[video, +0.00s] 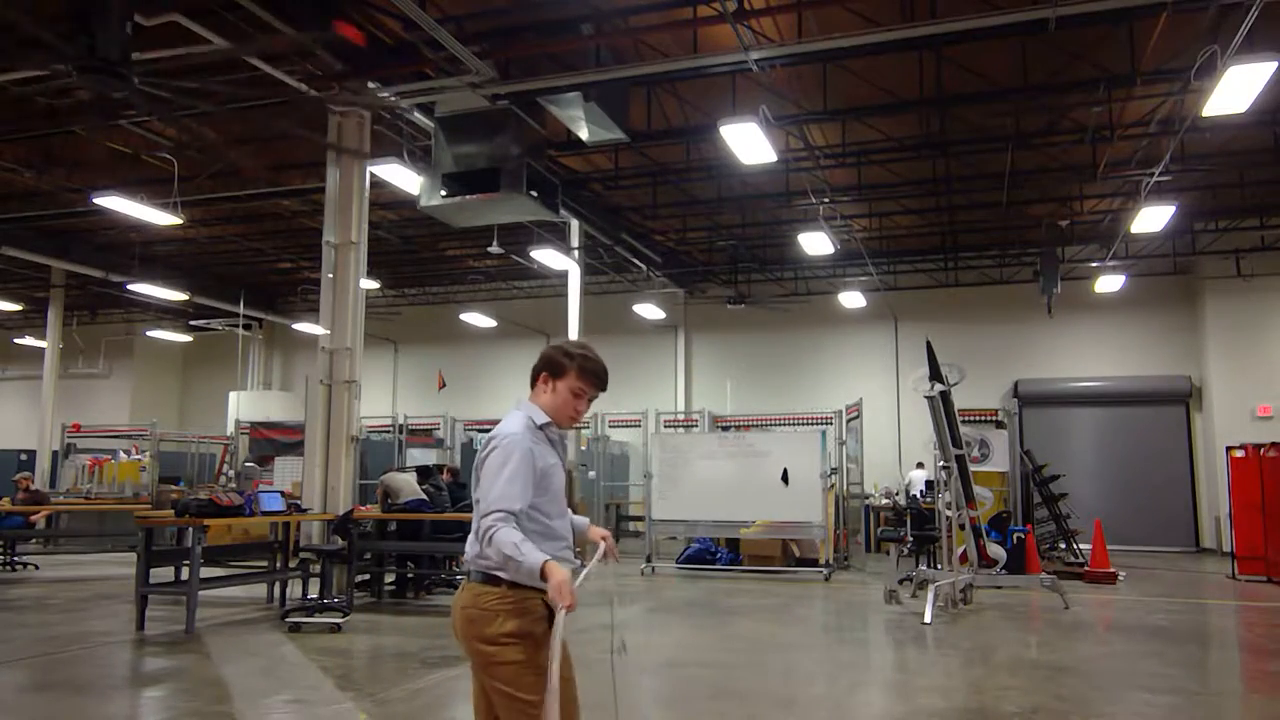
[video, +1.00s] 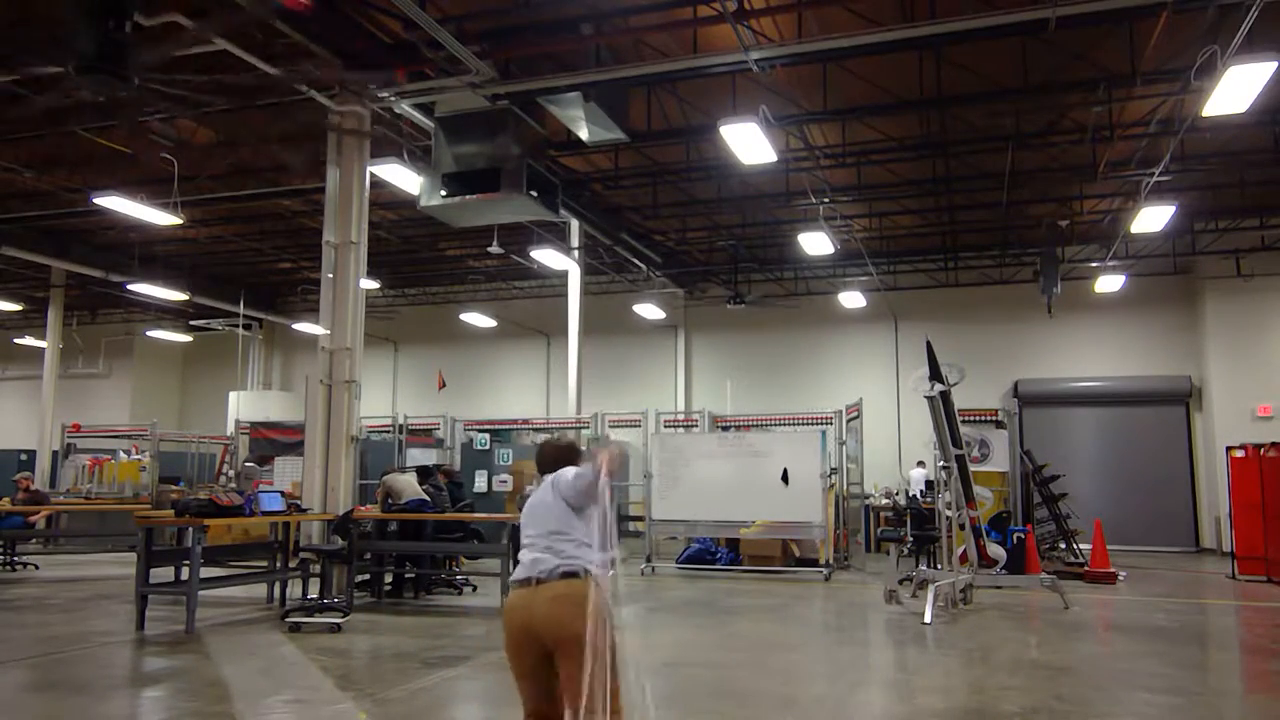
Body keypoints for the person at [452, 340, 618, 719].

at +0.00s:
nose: (583, 409)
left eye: (589, 401)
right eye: (577, 395)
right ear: (545, 383)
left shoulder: (538, 438)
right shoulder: (517, 439)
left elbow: (542, 515)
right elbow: (493, 529)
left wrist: (587, 529)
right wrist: (547, 567)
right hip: (505, 605)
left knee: (495, 713)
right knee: (546, 713)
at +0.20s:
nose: (596, 404)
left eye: (599, 396)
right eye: (590, 391)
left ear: (557, 387)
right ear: (556, 384)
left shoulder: (541, 437)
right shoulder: (528, 437)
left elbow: (540, 513)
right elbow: (510, 517)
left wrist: (582, 533)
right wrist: (545, 571)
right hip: (511, 599)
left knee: (495, 713)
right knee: (553, 713)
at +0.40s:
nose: (625, 414)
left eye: (627, 404)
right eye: (625, 403)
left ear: (585, 396)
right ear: (608, 401)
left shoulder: (551, 439)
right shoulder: (564, 450)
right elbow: (543, 525)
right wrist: (563, 588)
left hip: (488, 588)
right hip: (519, 593)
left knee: (509, 712)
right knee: (554, 712)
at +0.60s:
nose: (635, 420)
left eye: (635, 412)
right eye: (635, 412)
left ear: (587, 408)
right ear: (629, 415)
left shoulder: (559, 446)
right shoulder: (591, 452)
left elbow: (535, 514)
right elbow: (576, 516)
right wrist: (576, 573)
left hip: (490, 585)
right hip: (530, 590)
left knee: (522, 710)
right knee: (556, 710)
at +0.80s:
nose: (608, 452)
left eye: (606, 445)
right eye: (608, 446)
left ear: (563, 449)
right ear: (602, 451)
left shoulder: (547, 486)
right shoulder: (590, 477)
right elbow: (588, 509)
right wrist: (589, 543)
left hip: (505, 614)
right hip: (553, 612)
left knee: (531, 710)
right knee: (577, 712)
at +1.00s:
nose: (581, 465)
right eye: (579, 461)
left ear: (540, 469)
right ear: (574, 463)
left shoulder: (531, 501)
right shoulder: (567, 481)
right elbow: (583, 479)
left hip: (519, 597)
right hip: (569, 594)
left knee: (538, 710)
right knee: (587, 707)